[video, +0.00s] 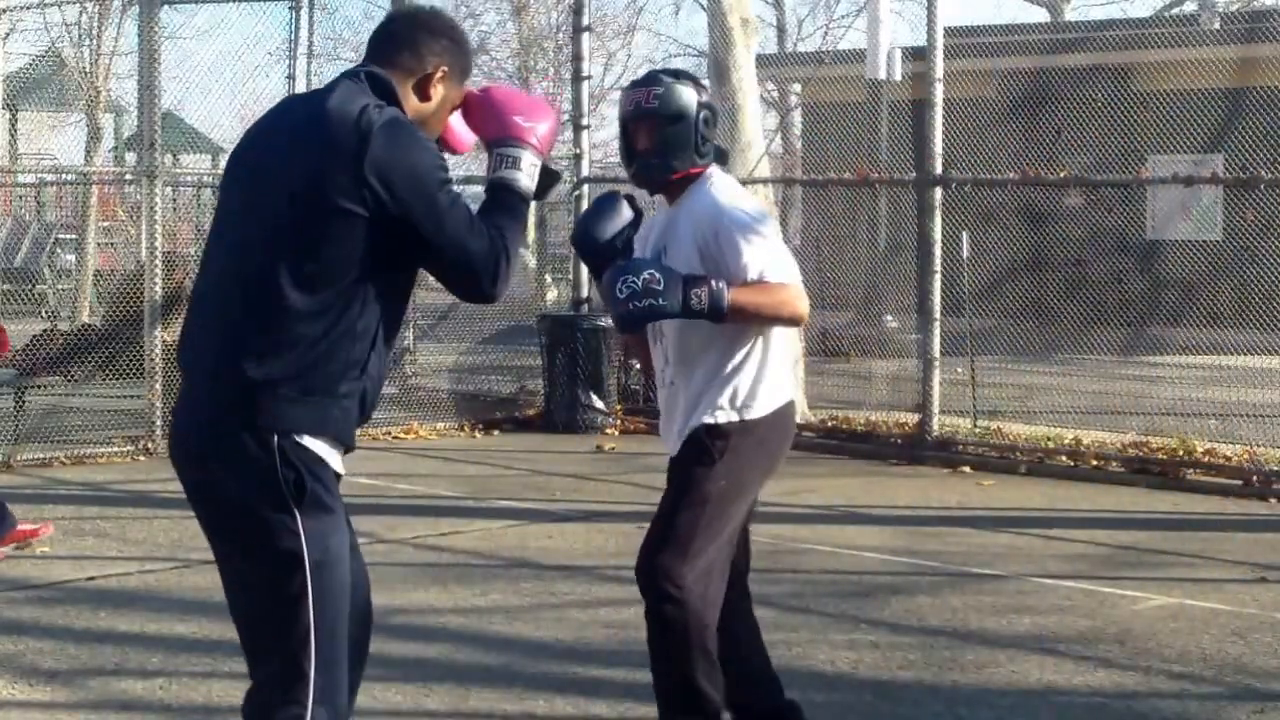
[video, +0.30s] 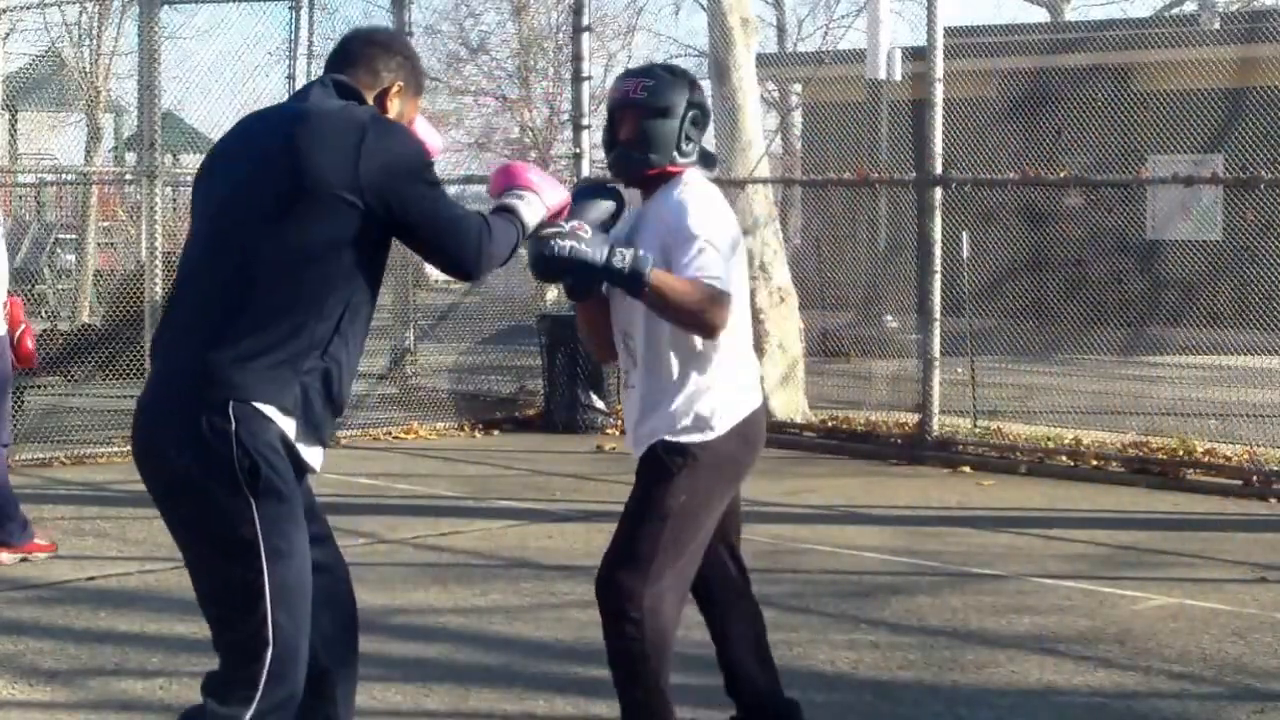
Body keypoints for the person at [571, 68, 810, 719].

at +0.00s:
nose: (639, 141)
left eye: (653, 126)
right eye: (631, 128)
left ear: (688, 130)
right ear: (626, 138)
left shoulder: (725, 206)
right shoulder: (653, 223)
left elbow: (793, 304)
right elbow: (648, 346)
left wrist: (693, 293)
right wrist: (612, 271)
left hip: (745, 417)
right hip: (697, 419)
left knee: (670, 571)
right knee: (718, 591)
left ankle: (696, 711)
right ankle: (765, 712)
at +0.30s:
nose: (620, 135)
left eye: (637, 121)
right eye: (615, 121)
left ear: (676, 126)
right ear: (610, 127)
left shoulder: (694, 201)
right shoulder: (634, 215)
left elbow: (713, 312)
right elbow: (608, 347)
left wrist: (625, 266)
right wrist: (582, 273)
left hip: (708, 425)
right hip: (678, 424)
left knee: (631, 590)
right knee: (720, 584)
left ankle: (650, 713)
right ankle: (766, 710)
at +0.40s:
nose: (592, 131)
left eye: (609, 117)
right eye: (591, 117)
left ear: (649, 126)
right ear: (666, 129)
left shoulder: (654, 200)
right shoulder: (653, 198)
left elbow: (578, 223)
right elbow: (613, 319)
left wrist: (488, 184)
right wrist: (557, 252)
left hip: (708, 422)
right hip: (719, 413)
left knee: (634, 587)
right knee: (716, 565)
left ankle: (646, 712)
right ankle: (760, 701)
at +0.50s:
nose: (579, 129)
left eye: (595, 115)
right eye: (578, 114)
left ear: (643, 121)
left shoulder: (643, 192)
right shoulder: (657, 188)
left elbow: (551, 224)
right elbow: (587, 276)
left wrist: (446, 190)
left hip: (700, 418)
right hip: (714, 408)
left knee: (633, 591)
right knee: (716, 587)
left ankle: (650, 712)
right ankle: (760, 710)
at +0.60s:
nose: (579, 123)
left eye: (597, 110)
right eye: (578, 109)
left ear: (644, 121)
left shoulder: (648, 200)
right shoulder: (623, 191)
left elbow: (575, 254)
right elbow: (544, 229)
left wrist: (461, 238)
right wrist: (457, 230)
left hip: (696, 418)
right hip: (704, 410)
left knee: (632, 589)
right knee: (710, 580)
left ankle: (646, 711)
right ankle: (753, 707)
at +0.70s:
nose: (589, 121)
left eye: (606, 107)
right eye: (585, 108)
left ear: (651, 111)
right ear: (580, 115)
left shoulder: (657, 196)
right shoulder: (640, 193)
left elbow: (662, 317)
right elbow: (633, 288)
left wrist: (557, 277)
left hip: (689, 415)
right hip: (698, 408)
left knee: (630, 588)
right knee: (710, 588)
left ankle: (646, 713)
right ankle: (745, 710)